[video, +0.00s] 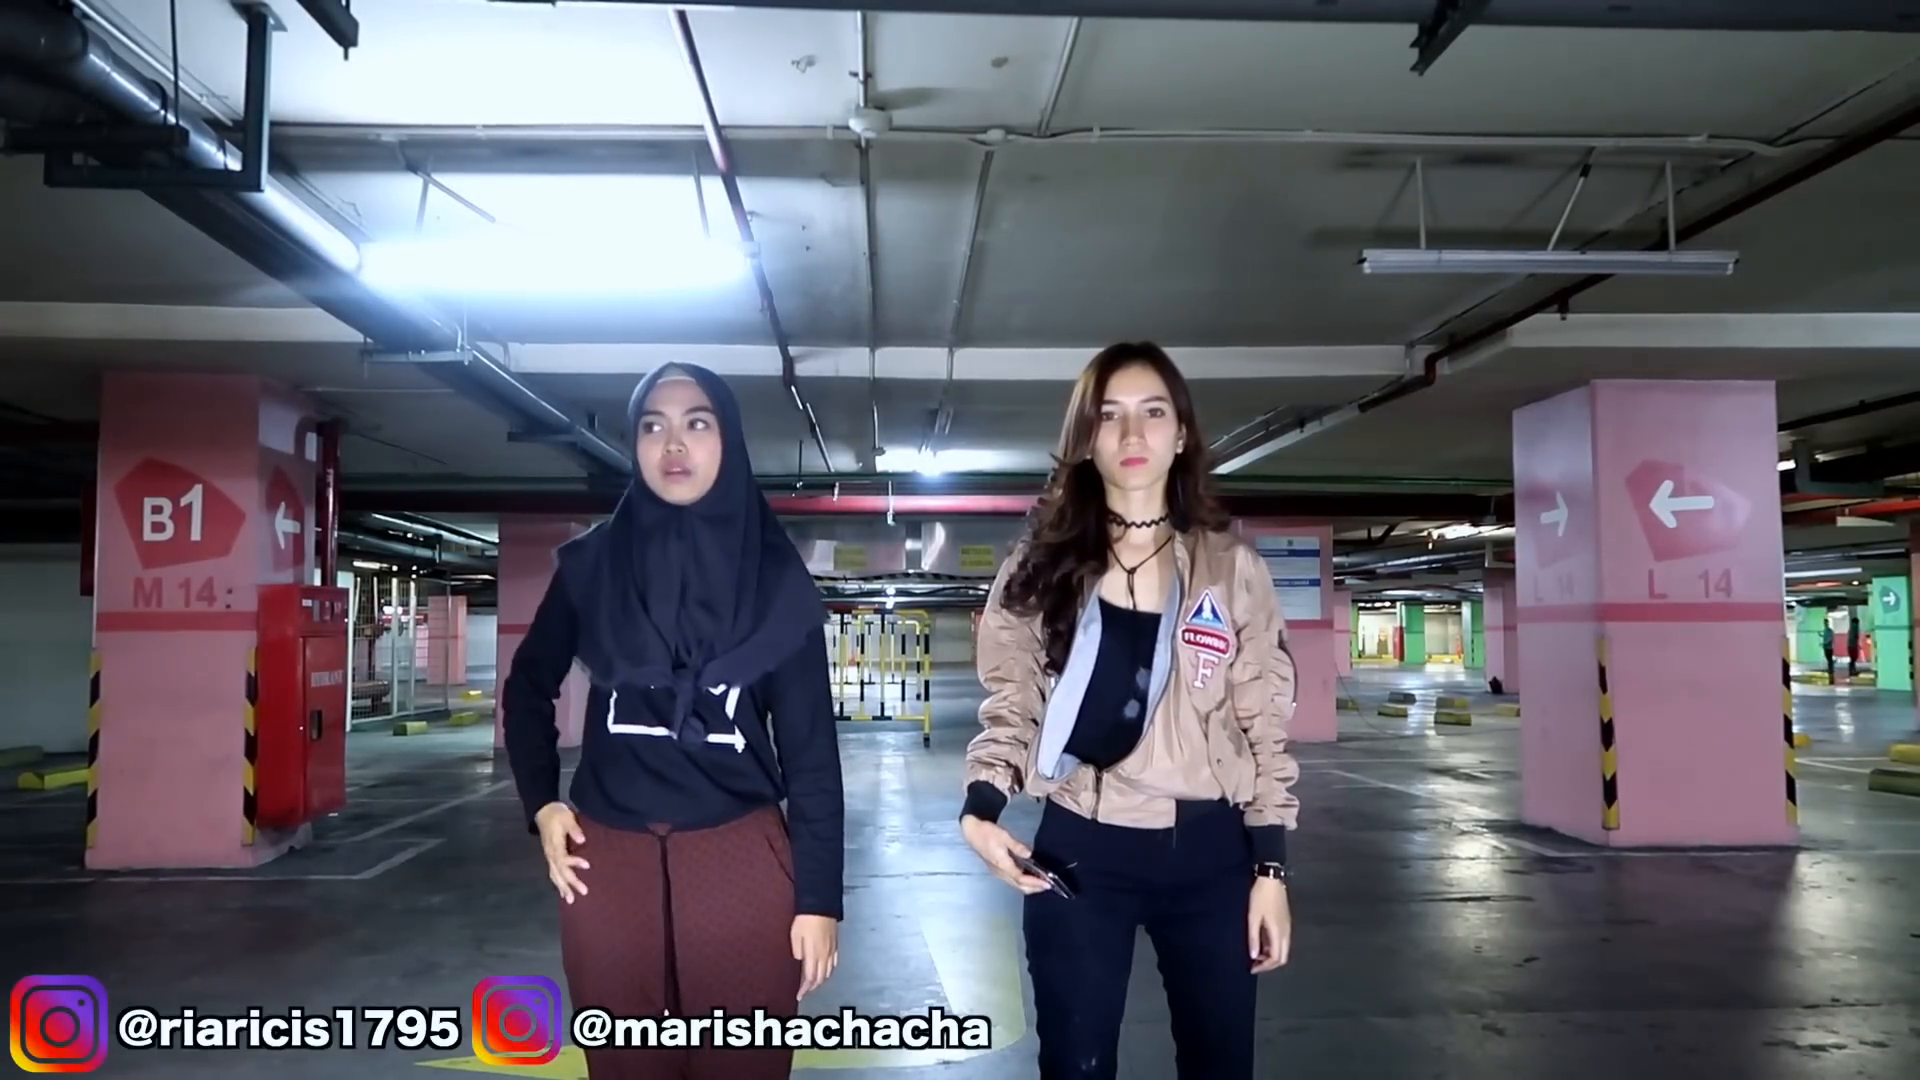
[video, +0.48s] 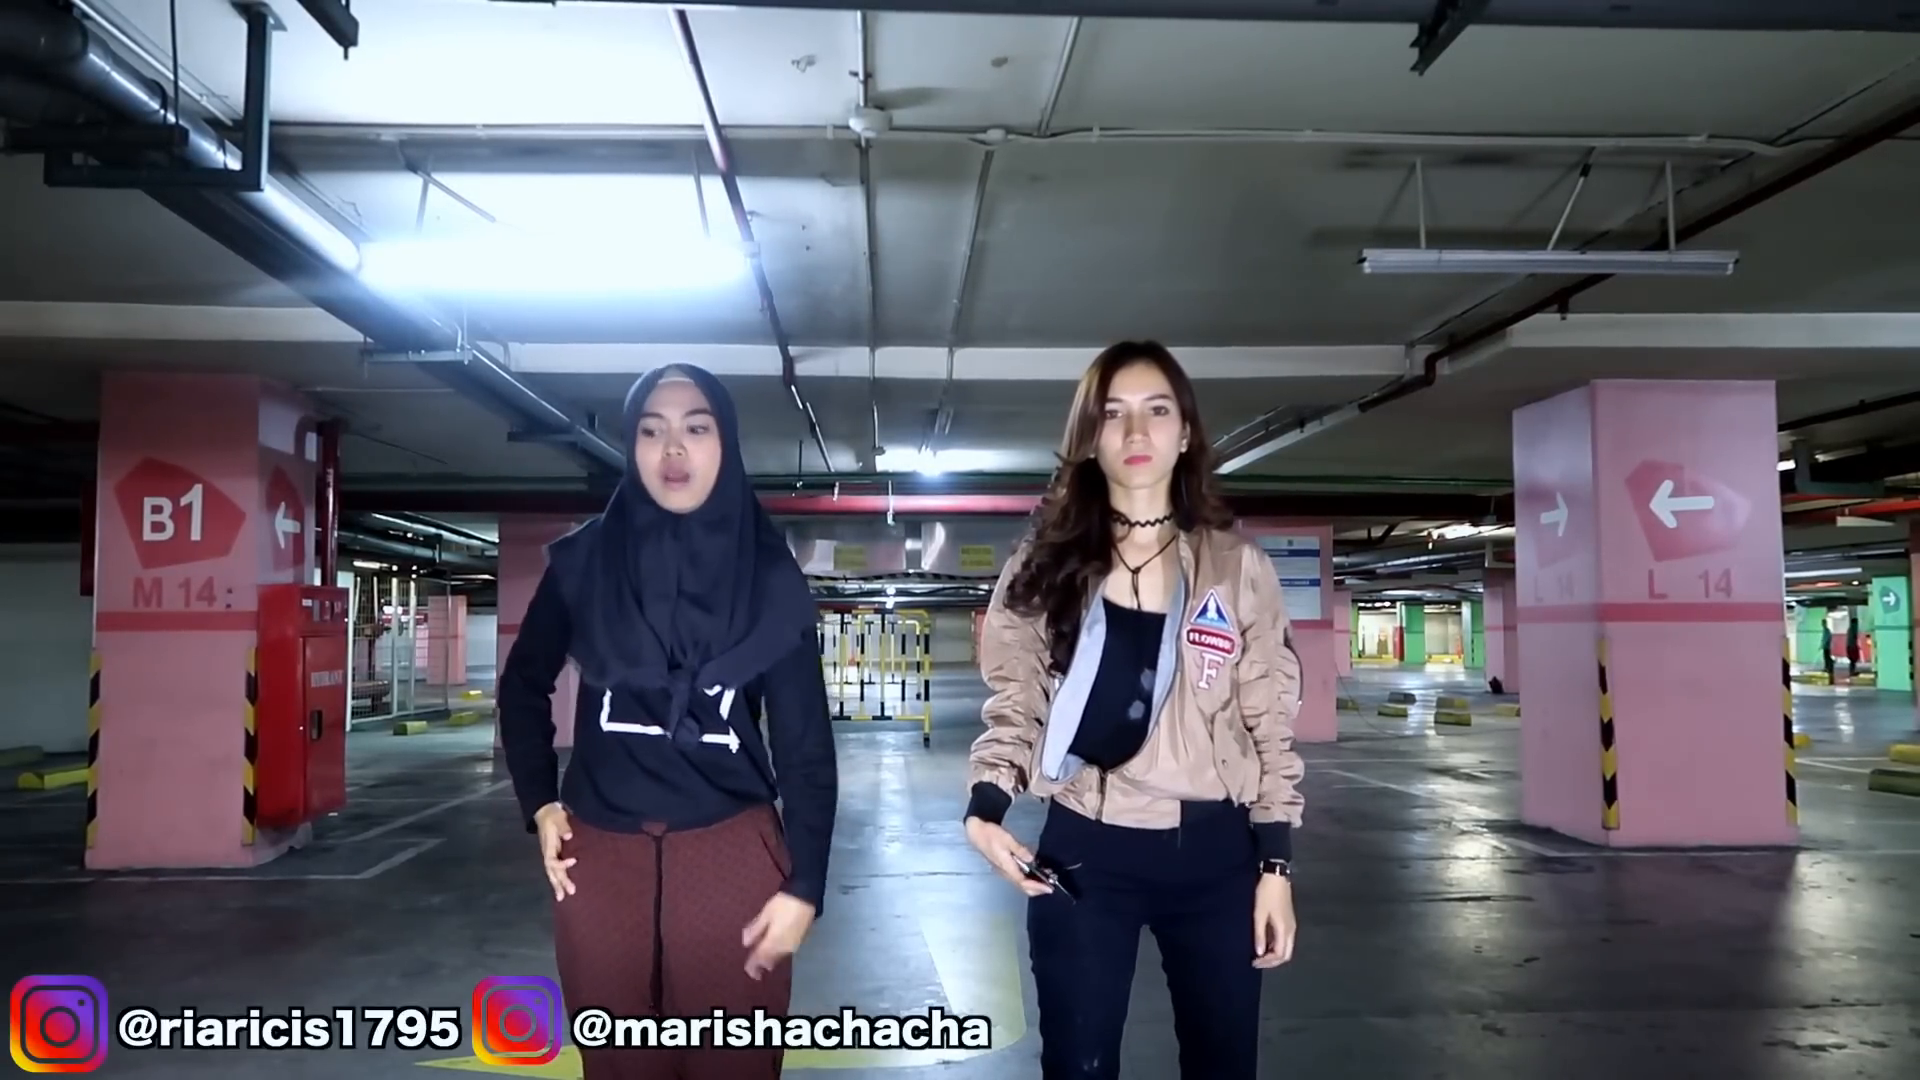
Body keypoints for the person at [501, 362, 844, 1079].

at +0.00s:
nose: (674, 444)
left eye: (697, 424)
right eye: (654, 426)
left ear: (730, 443)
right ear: (635, 447)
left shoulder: (772, 572)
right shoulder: (592, 565)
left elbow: (811, 747)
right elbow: (528, 686)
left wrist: (819, 899)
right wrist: (542, 804)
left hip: (740, 858)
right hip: (608, 861)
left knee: (746, 1063)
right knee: (622, 1065)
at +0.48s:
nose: (673, 449)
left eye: (696, 428)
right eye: (653, 429)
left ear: (727, 445)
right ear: (632, 448)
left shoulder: (765, 570)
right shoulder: (583, 561)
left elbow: (807, 743)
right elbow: (522, 686)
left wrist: (806, 886)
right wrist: (541, 803)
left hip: (731, 850)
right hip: (600, 854)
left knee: (733, 1063)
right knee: (613, 1062)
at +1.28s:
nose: (587, 508)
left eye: (607, 482)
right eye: (561, 480)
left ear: (624, 481)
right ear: (506, 480)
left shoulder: (646, 564)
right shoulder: (450, 569)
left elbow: (751, 675)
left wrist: (657, 749)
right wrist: (317, 617)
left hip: (618, 832)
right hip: (488, 839)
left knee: (679, 965)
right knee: (449, 1060)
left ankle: (624, 1035)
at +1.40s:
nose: (537, 549)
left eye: (559, 524)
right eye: (511, 523)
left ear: (578, 520)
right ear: (464, 523)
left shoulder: (620, 583)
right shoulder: (433, 614)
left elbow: (753, 596)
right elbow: (393, 796)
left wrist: (716, 706)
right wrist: (375, 641)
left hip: (616, 860)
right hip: (486, 877)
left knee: (708, 952)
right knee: (449, 1068)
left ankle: (650, 1044)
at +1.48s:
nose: (528, 533)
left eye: (549, 506)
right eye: (500, 507)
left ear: (569, 498)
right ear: (457, 511)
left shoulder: (619, 538)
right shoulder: (434, 609)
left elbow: (750, 533)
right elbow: (490, 767)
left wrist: (715, 645)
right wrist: (393, 637)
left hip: (661, 846)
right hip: (523, 869)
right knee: (482, 1064)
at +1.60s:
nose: (547, 531)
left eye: (569, 503)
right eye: (520, 508)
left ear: (593, 499)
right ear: (484, 517)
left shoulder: (641, 523)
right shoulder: (484, 620)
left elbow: (756, 457)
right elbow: (562, 711)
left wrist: (756, 580)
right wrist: (423, 638)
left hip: (692, 852)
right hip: (563, 860)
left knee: (722, 1065)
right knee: (534, 1064)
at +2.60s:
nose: (555, 523)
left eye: (577, 497)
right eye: (529, 496)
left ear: (596, 500)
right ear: (481, 495)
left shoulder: (618, 586)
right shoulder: (425, 601)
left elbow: (738, 628)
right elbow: (370, 815)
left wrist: (694, 743)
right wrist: (393, 711)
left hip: (570, 864)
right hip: (431, 885)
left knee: (707, 952)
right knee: (410, 1068)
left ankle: (588, 979)